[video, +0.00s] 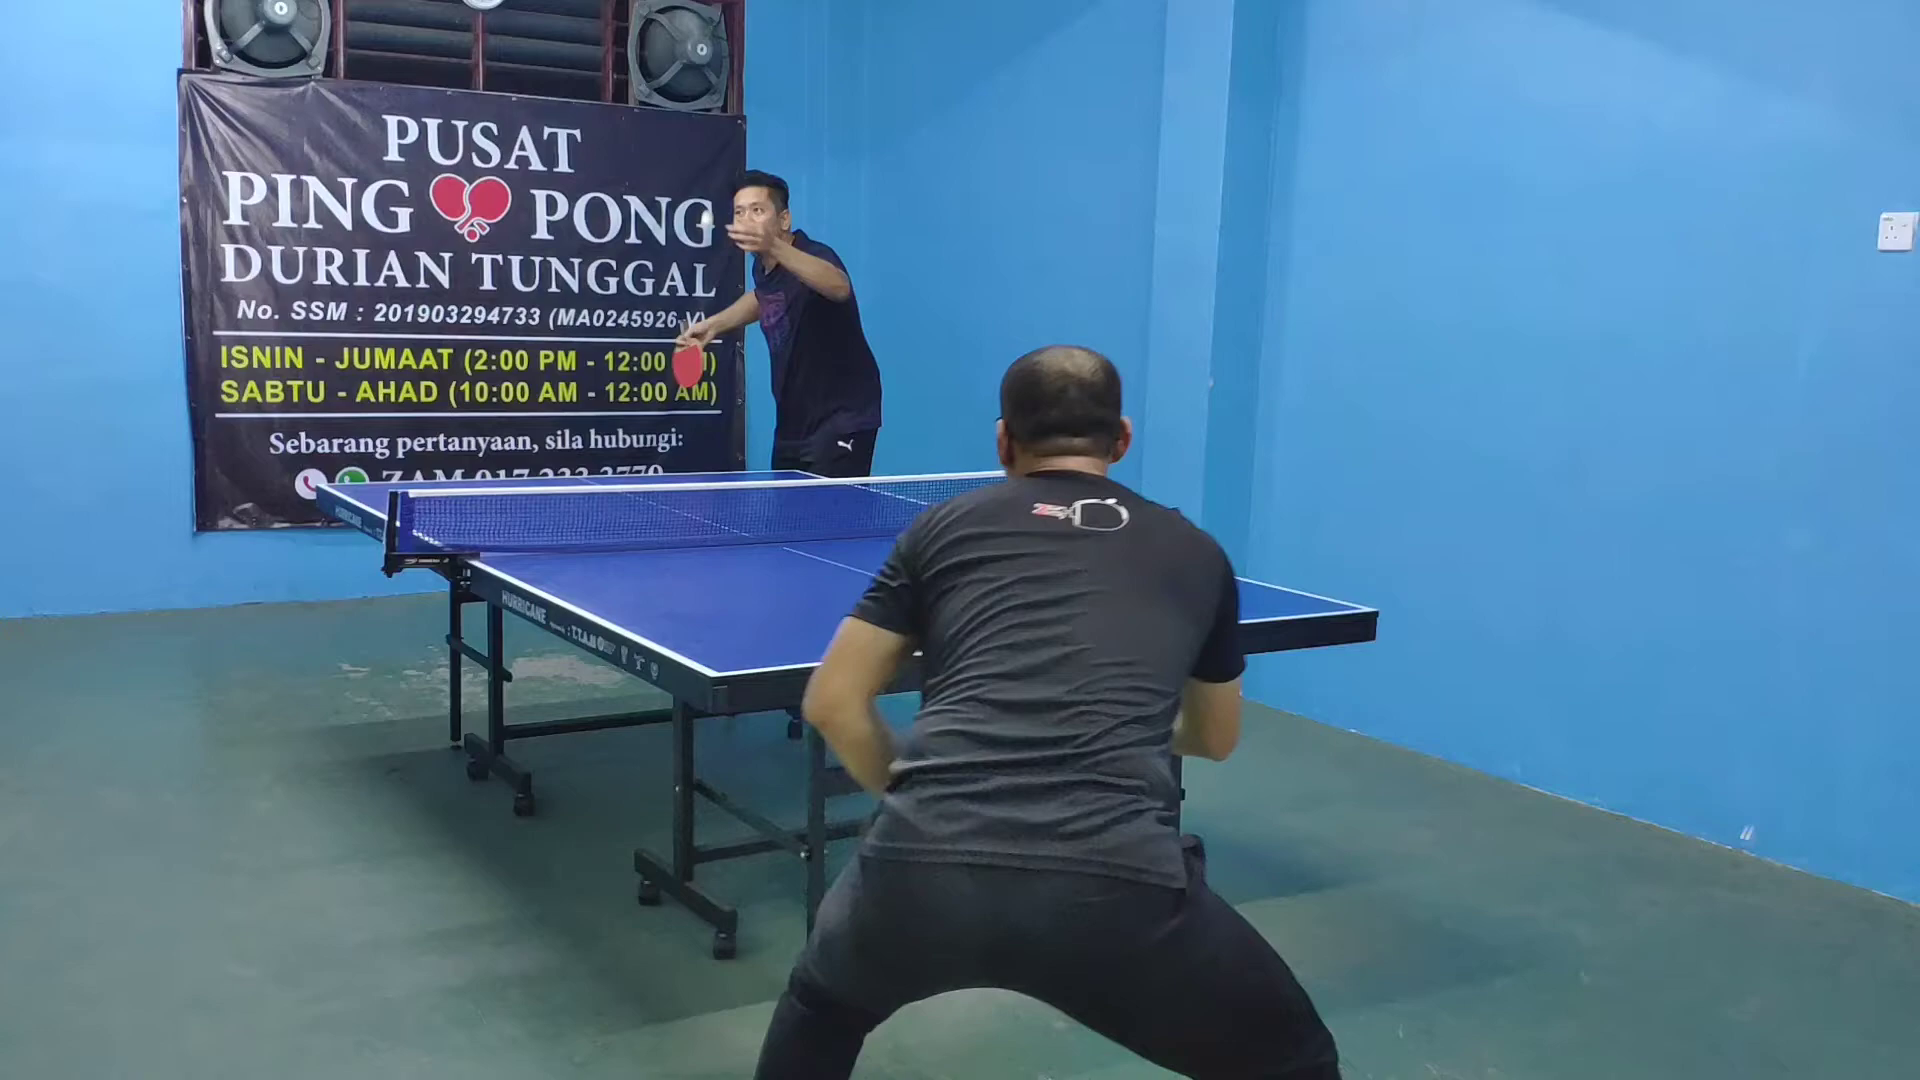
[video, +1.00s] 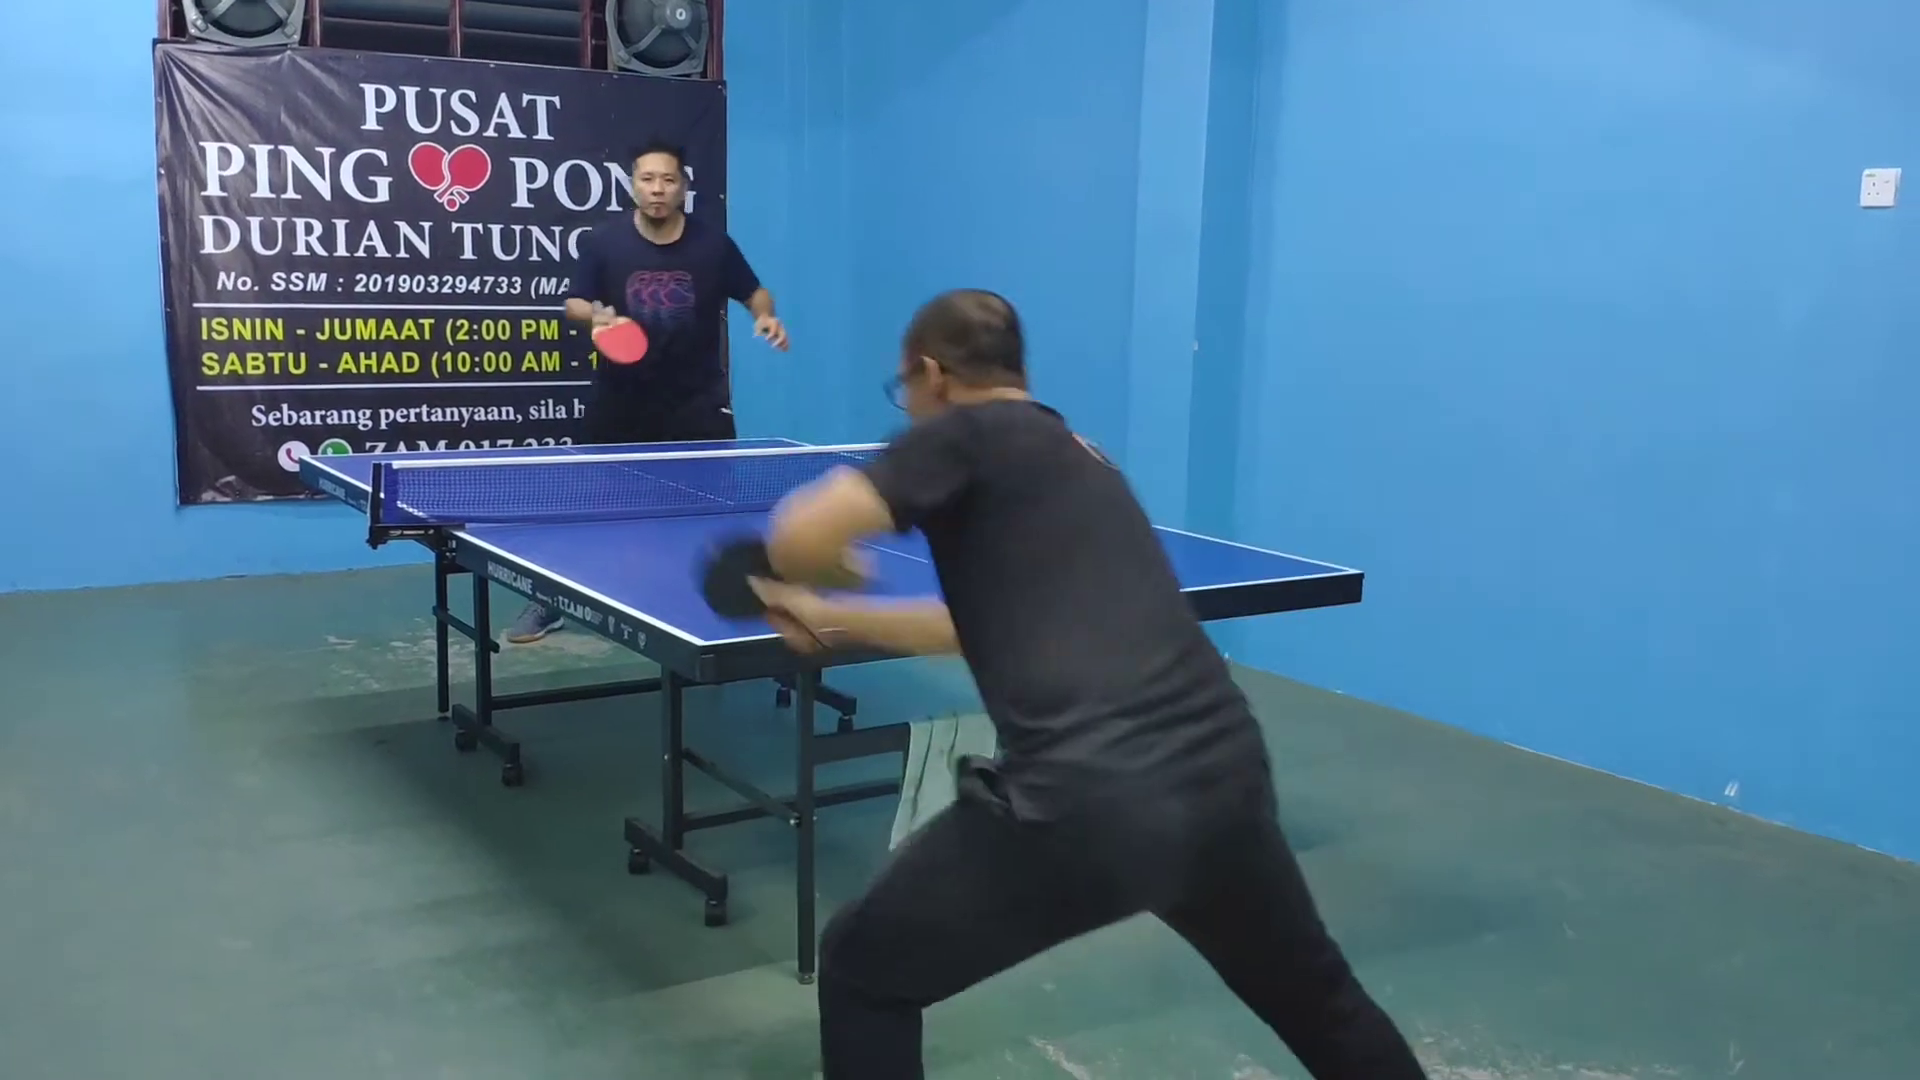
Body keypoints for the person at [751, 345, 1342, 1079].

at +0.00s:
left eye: (1000, 439)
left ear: (1004, 444)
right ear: (1122, 440)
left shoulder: (941, 527)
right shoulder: (1196, 553)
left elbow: (834, 701)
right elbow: (1213, 735)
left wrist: (912, 794)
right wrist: (1119, 717)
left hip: (919, 889)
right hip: (1111, 898)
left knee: (819, 1011)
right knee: (1296, 1057)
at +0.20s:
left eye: (1000, 439)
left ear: (1004, 444)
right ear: (1122, 440)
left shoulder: (941, 527)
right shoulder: (1196, 553)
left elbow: (834, 701)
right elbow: (1213, 735)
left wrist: (912, 794)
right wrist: (1119, 717)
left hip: (919, 890)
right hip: (1111, 898)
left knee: (819, 1011)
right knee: (1296, 1057)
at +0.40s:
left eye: (1036, 379)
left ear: (1041, 385)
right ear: (1158, 378)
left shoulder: (994, 477)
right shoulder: (1244, 488)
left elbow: (900, 658)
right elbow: (1272, 673)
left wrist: (979, 733)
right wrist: (1167, 658)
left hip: (1017, 833)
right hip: (1201, 838)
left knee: (871, 1019)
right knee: (1314, 1054)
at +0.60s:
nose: (1057, 339)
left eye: (1056, 328)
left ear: (1067, 332)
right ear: (1184, 326)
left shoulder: (1023, 425)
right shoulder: (1275, 420)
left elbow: (941, 601)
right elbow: (1353, 617)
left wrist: (1027, 691)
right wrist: (1255, 621)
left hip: (1090, 787)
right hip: (1274, 783)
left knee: (948, 991)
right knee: (1375, 990)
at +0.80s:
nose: (1058, 420)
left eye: (1057, 404)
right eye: (1056, 403)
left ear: (1075, 402)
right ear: (1180, 400)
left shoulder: (1050, 503)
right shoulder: (1275, 495)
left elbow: (978, 703)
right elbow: (1336, 697)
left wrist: (1068, 719)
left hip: (1150, 856)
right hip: (1319, 850)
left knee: (921, 966)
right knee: (1408, 1020)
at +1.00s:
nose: (907, 405)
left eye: (907, 386)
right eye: (906, 387)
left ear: (932, 375)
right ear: (1015, 373)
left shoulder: (960, 439)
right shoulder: (1084, 460)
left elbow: (799, 532)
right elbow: (1010, 622)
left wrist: (831, 576)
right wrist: (846, 628)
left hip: (1084, 808)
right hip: (1218, 789)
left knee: (864, 970)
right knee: (1326, 1005)